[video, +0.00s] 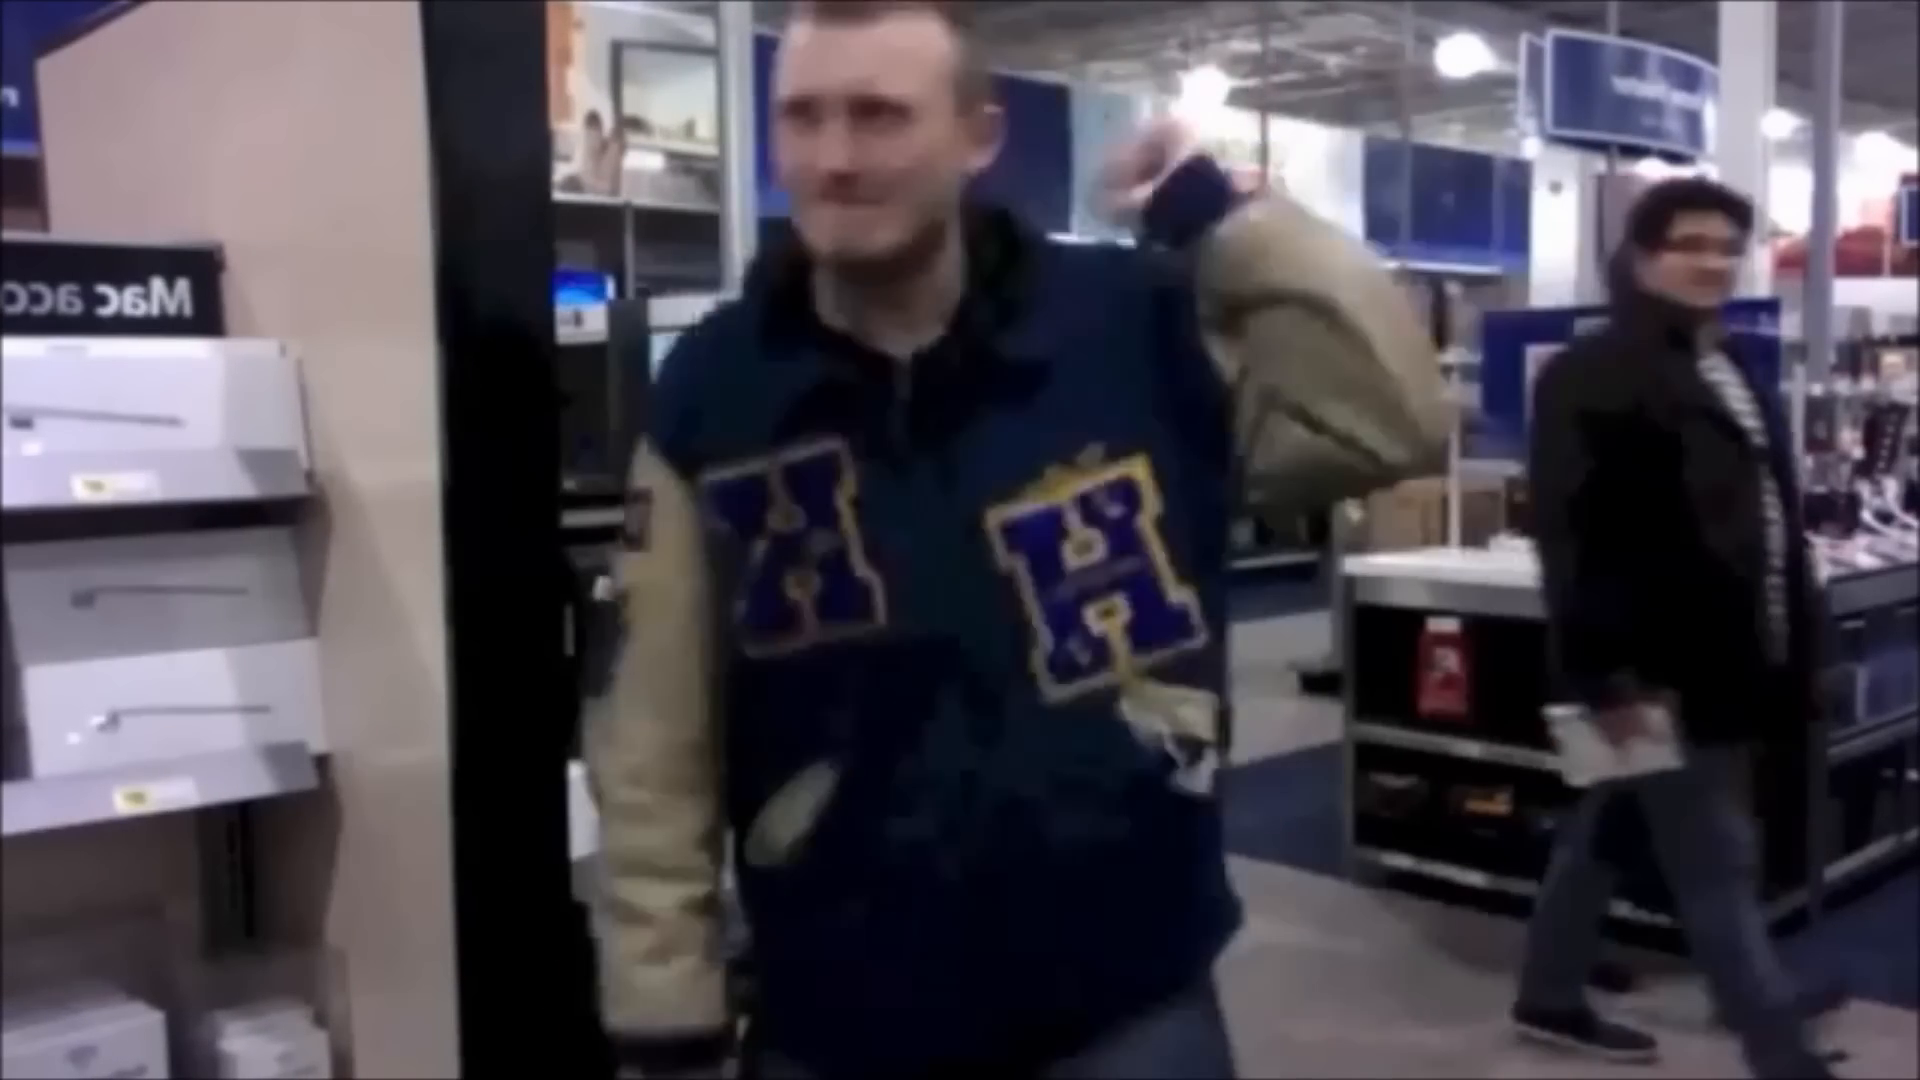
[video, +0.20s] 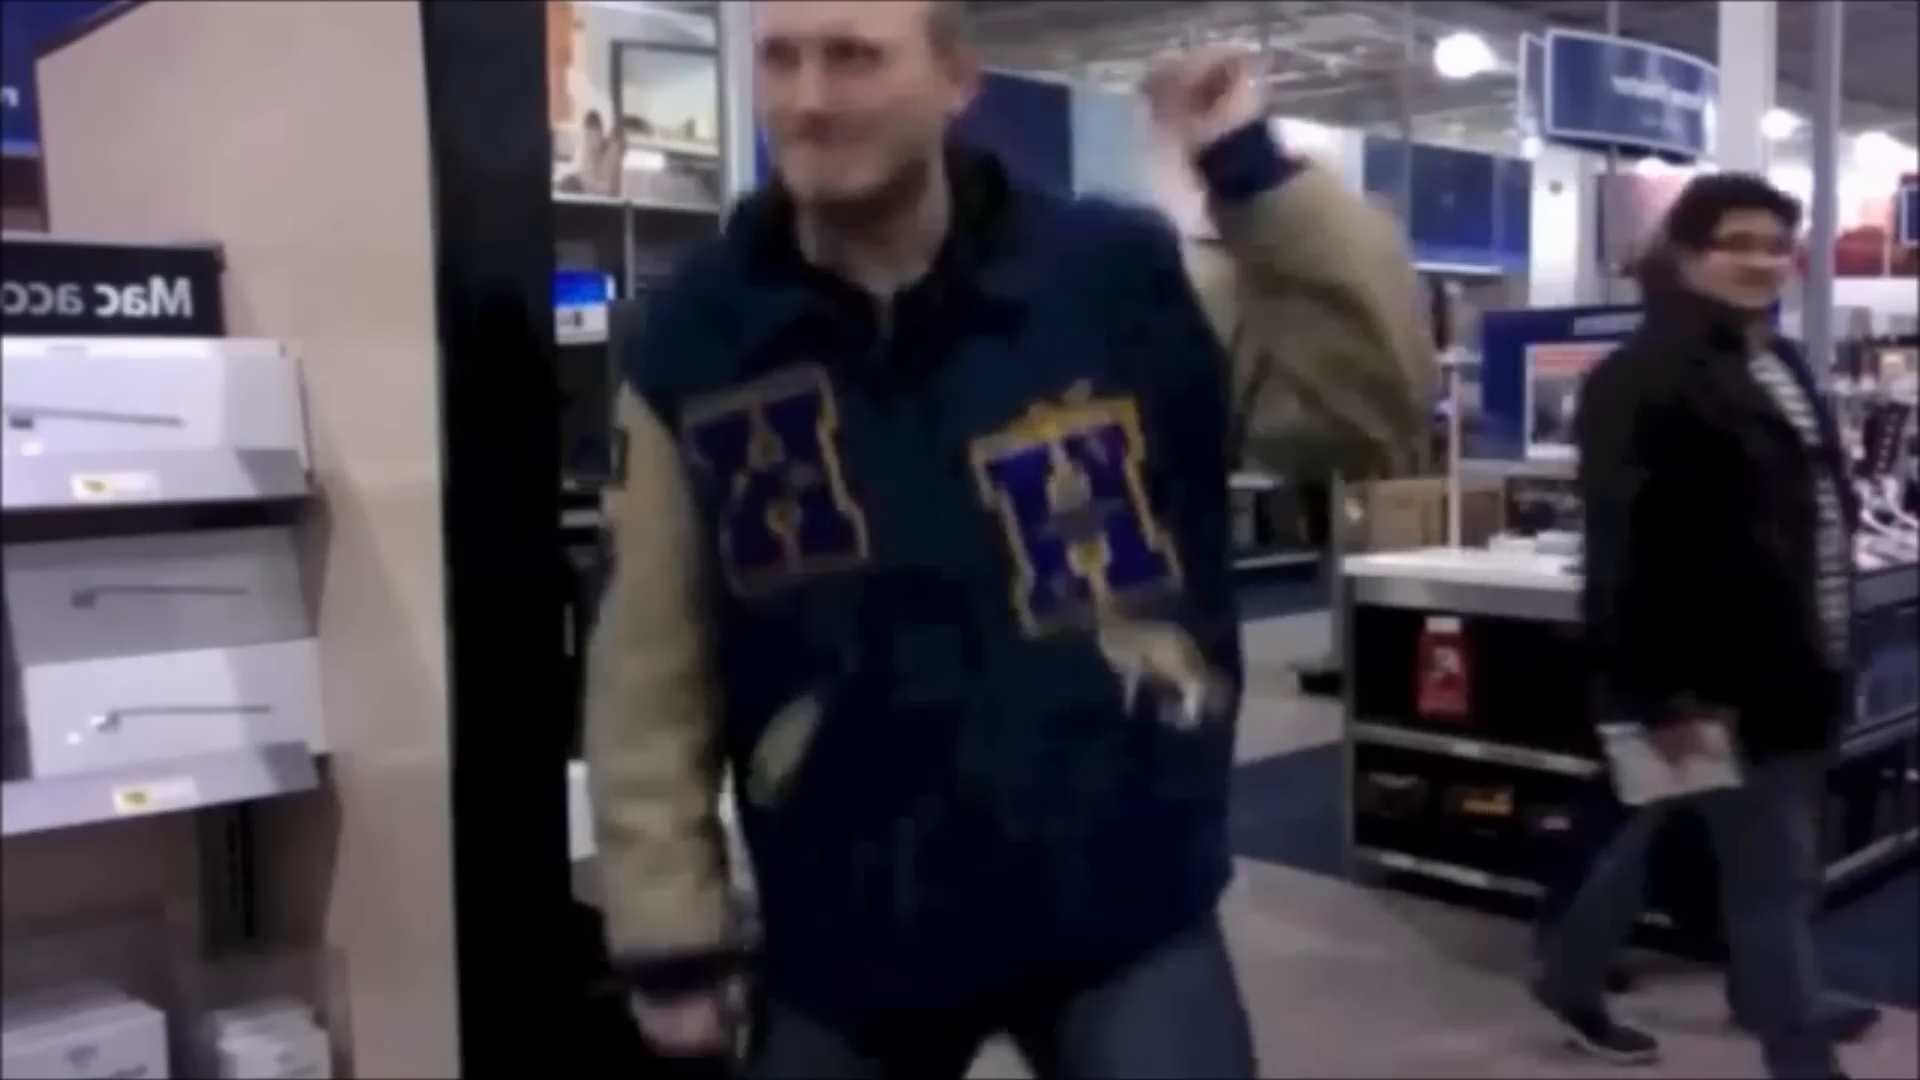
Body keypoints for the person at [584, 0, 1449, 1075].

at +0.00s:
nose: (834, 155)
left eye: (878, 116)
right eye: (804, 116)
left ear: (978, 134)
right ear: (774, 135)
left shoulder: (1132, 329)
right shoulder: (716, 387)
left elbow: (1388, 426)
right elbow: (656, 730)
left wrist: (1219, 219)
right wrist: (665, 1017)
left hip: (1117, 994)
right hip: (845, 1001)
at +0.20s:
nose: (809, 94)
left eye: (854, 56)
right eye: (781, 58)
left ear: (953, 78)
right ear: (752, 82)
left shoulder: (1114, 274)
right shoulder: (697, 331)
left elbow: (1365, 413)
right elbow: (649, 659)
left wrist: (1250, 171)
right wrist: (669, 942)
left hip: (1117, 909)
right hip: (851, 926)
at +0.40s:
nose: (827, 150)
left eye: (869, 107)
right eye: (801, 109)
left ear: (979, 115)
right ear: (774, 120)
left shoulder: (1153, 305)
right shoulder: (740, 384)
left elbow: (1393, 470)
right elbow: (664, 711)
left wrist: (1284, 234)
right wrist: (608, 1000)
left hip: (1151, 987)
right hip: (880, 994)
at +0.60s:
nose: (899, 199)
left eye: (946, 162)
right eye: (873, 160)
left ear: (1048, 182)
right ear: (840, 180)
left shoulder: (1201, 376)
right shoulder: (785, 428)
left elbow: (1460, 514)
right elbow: (635, 688)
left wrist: (1333, 301)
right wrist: (521, 922)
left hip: (1169, 1031)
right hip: (893, 1038)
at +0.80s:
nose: (1236, 44)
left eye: (1293, 9)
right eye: (1217, 5)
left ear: (1398, 31)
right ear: (1180, 18)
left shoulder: (1437, 352)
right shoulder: (1006, 186)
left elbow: (1459, 708)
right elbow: (747, 172)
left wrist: (1468, 1011)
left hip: (1244, 924)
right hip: (979, 883)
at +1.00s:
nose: (1310, 90)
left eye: (1367, 51)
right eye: (1289, 45)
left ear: (1469, 84)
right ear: (1257, 55)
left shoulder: (1515, 393)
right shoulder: (1104, 203)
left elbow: (1492, 741)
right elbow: (828, 198)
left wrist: (1445, 1033)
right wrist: (1030, 11)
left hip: (1268, 931)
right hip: (1010, 880)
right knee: (865, 1066)